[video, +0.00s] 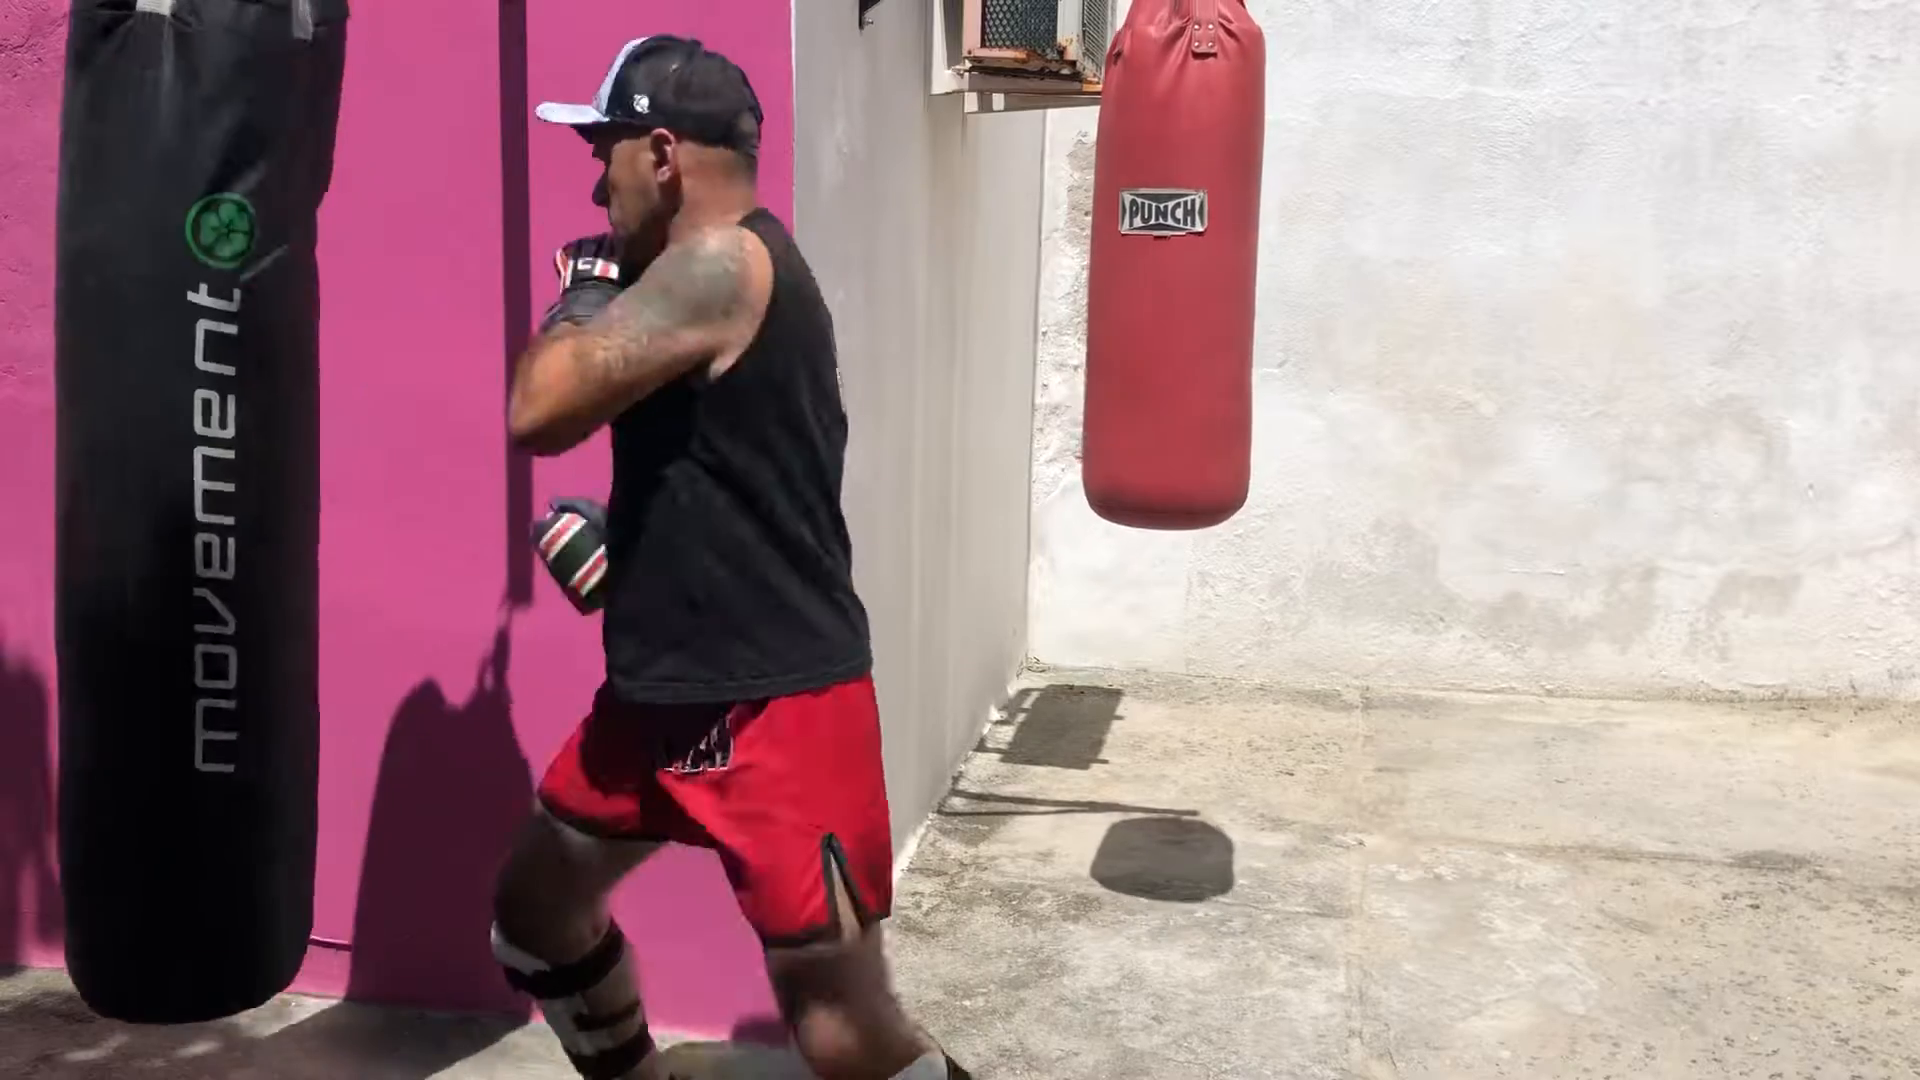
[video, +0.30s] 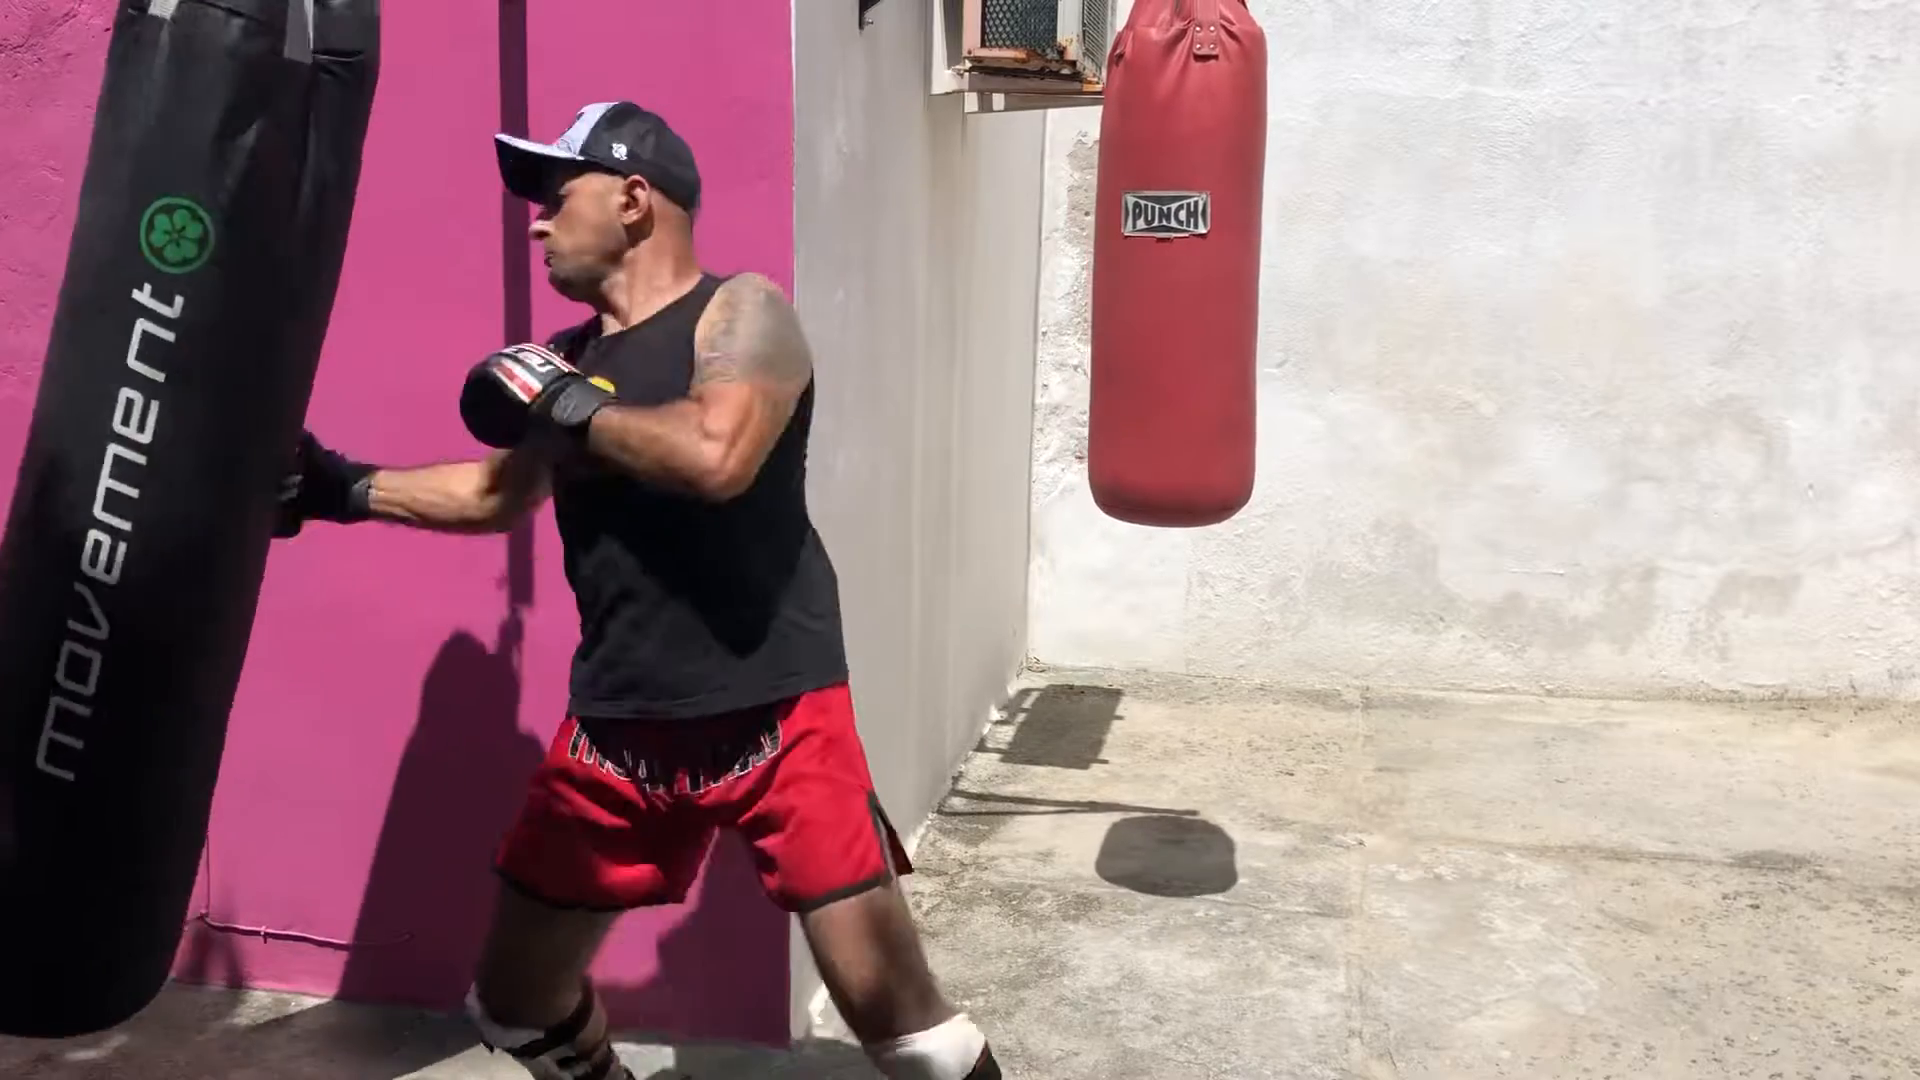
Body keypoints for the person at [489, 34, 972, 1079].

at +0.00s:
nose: (598, 169)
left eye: (610, 145)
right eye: (602, 146)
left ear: (665, 155)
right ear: (689, 155)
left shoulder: (723, 261)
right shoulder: (740, 264)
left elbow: (536, 414)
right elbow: (757, 477)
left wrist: (582, 290)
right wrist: (631, 542)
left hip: (780, 696)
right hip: (662, 692)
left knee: (846, 1032)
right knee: (541, 909)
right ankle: (629, 1075)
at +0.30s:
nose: (538, 211)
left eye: (562, 189)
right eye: (543, 191)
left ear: (639, 202)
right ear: (623, 207)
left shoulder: (749, 312)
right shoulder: (569, 368)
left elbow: (717, 457)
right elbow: (495, 491)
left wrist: (566, 404)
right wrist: (340, 486)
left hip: (782, 714)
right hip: (618, 726)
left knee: (887, 1004)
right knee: (522, 998)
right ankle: (601, 1078)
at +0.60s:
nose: (524, 193)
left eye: (539, 170)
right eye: (522, 174)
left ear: (611, 172)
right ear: (602, 179)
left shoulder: (722, 257)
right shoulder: (596, 323)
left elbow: (652, 410)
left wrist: (556, 358)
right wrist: (550, 371)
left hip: (780, 651)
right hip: (633, 669)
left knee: (896, 930)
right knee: (572, 923)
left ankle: (1018, 1072)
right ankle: (609, 1075)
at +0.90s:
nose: (741, 205)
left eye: (757, 182)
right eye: (740, 184)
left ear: (833, 187)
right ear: (821, 191)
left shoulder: (938, 288)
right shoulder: (797, 313)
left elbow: (835, 447)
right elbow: (777, 475)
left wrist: (725, 350)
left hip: (933, 673)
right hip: (790, 667)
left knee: (1014, 951)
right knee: (682, 899)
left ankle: (1113, 1077)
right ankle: (612, 1071)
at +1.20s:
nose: (884, 186)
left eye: (903, 163)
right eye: (884, 162)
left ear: (982, 169)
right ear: (964, 173)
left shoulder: (1080, 269)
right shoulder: (932, 271)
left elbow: (1032, 446)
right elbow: (865, 420)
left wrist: (878, 372)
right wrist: (756, 355)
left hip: (1079, 643)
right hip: (965, 647)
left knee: (1100, 944)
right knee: (1035, 924)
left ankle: (1172, 1072)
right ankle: (1139, 1033)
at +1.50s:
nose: (929, 219)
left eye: (946, 191)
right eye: (932, 192)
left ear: (1022, 200)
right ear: (1024, 201)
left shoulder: (1132, 305)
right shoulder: (1040, 304)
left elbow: (1028, 510)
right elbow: (1020, 460)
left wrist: (872, 416)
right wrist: (937, 481)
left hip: (1152, 702)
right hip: (1028, 689)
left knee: (1179, 1016)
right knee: (951, 917)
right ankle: (1106, 1050)